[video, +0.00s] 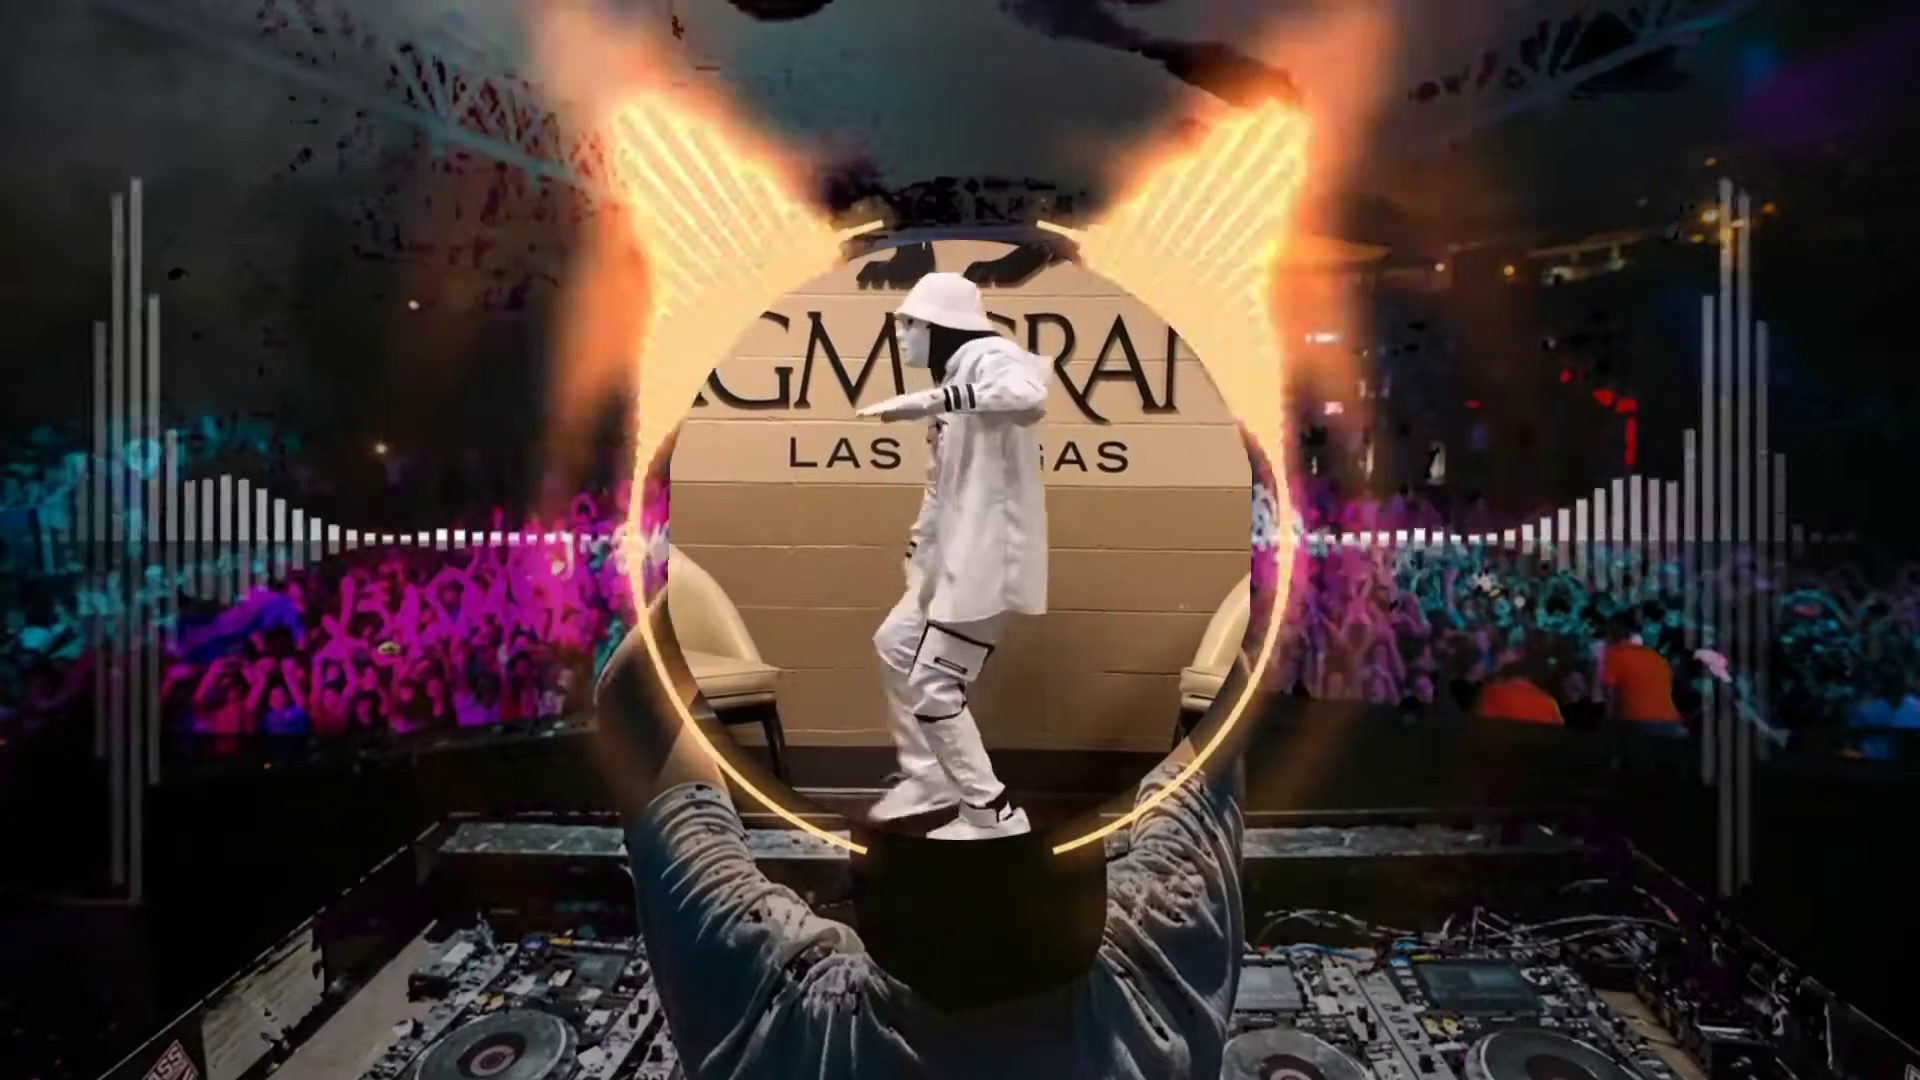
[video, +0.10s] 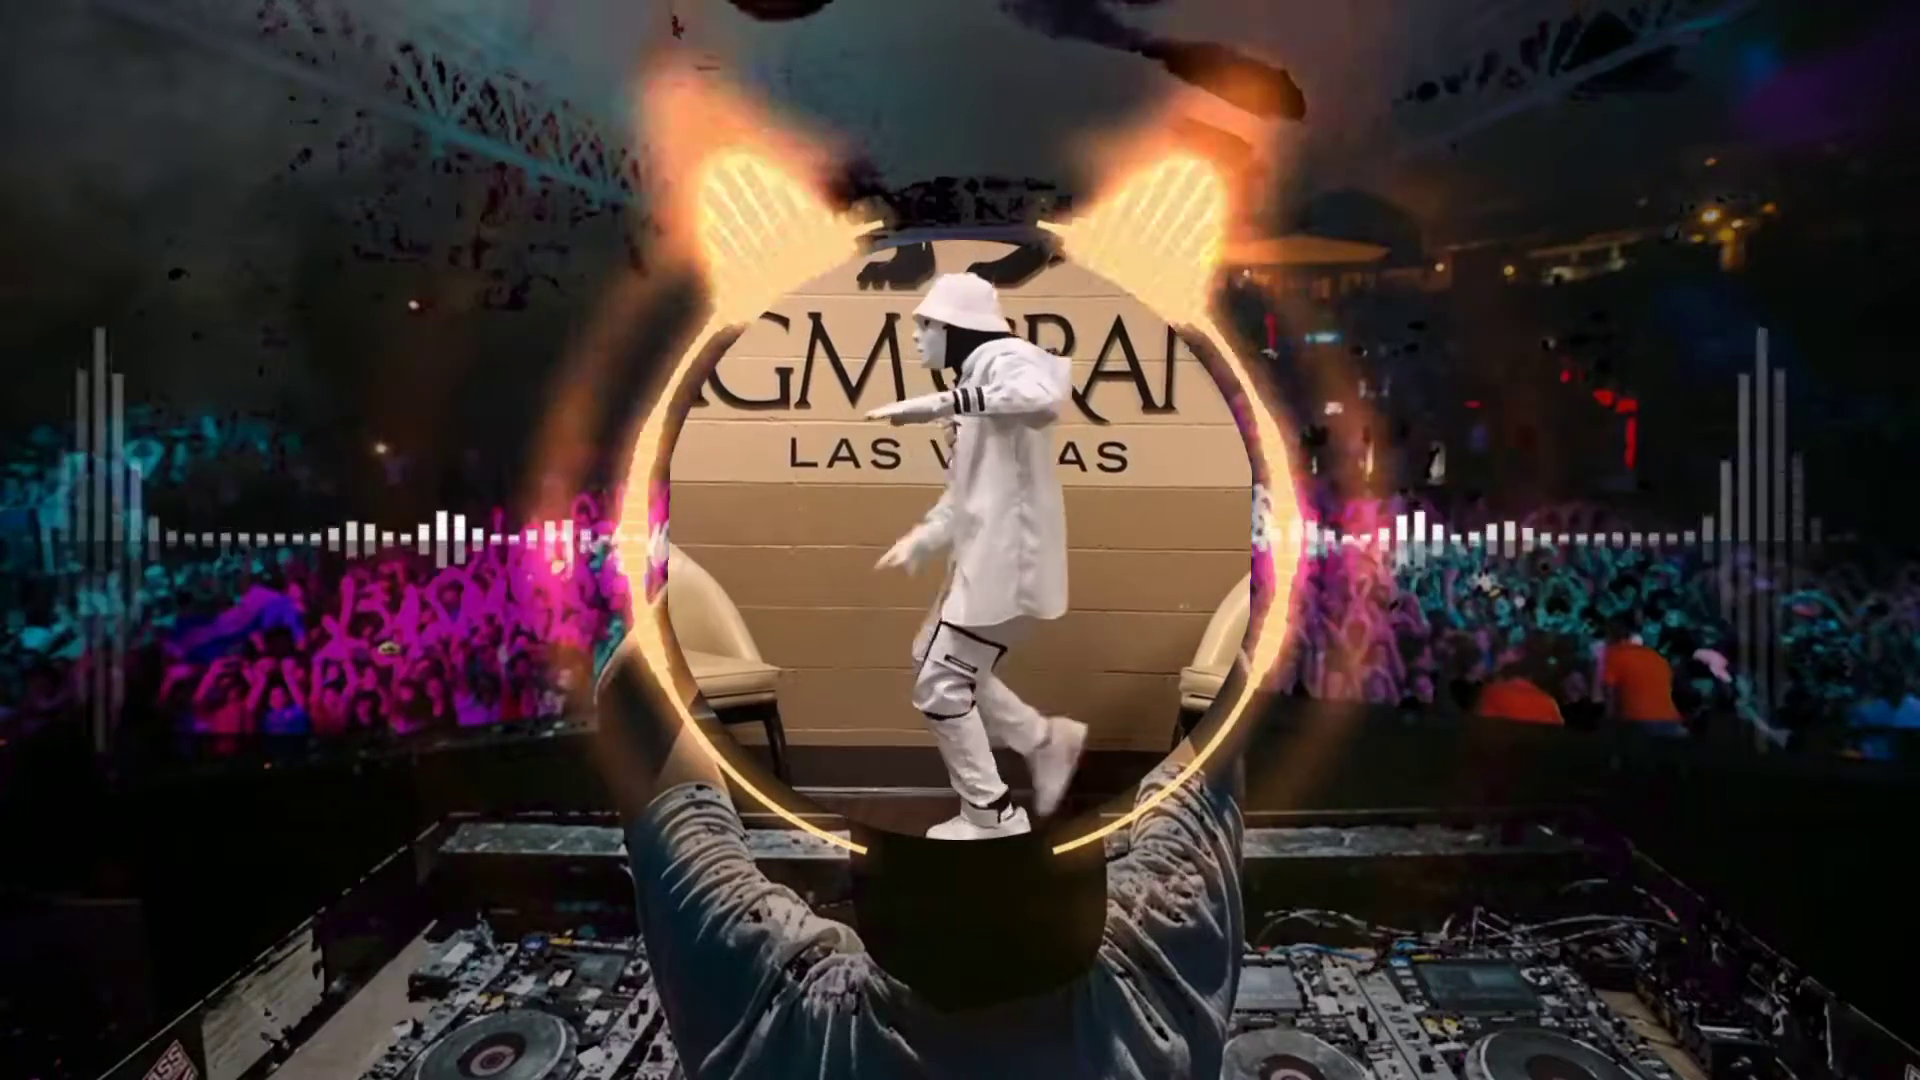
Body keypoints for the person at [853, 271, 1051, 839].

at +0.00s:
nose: (905, 337)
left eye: (913, 326)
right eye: (906, 326)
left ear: (940, 327)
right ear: (946, 326)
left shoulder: (988, 355)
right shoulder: (957, 375)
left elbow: (1027, 394)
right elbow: (950, 485)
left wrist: (941, 400)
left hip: (987, 563)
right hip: (956, 561)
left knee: (931, 688)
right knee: (895, 645)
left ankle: (990, 811)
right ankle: (929, 781)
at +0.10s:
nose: (919, 338)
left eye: (926, 327)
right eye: (920, 327)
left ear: (955, 328)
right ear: (960, 326)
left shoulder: (1002, 355)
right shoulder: (977, 383)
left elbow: (1043, 396)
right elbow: (971, 491)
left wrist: (953, 402)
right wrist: (927, 537)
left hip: (1007, 565)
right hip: (985, 563)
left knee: (945, 687)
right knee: (931, 658)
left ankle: (988, 810)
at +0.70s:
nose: (964, 346)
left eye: (973, 336)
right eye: (965, 335)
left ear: (1005, 341)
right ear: (1011, 340)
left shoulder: (1055, 402)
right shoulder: (1027, 396)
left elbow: (1105, 494)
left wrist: (1032, 525)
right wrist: (1006, 512)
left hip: (1034, 588)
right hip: (1047, 588)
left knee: (957, 693)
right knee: (1010, 702)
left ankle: (986, 814)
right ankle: (1093, 801)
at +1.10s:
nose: (1024, 361)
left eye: (1037, 350)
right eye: (1022, 350)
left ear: (1072, 356)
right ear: (1021, 356)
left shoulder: (1125, 410)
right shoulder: (1020, 424)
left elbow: (1129, 474)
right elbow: (992, 516)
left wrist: (1039, 477)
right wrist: (1025, 521)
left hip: (1136, 591)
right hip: (1064, 598)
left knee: (1152, 731)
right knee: (1013, 729)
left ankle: (1175, 848)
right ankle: (1110, 818)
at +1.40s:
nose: (1090, 426)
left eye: (1102, 413)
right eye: (1077, 414)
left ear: (1121, 420)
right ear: (1061, 423)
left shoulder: (1151, 467)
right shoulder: (1031, 477)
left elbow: (1155, 502)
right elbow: (1028, 539)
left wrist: (1067, 512)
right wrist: (1059, 558)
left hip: (1139, 644)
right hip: (1065, 665)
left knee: (1158, 681)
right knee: (1075, 818)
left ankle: (1164, 811)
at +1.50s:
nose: (1095, 482)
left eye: (1109, 469)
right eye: (1082, 470)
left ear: (1127, 477)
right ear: (1065, 477)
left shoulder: (1159, 522)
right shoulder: (1033, 532)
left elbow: (1156, 550)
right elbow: (1032, 587)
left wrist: (1066, 557)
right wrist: (1053, 622)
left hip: (1144, 706)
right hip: (1068, 724)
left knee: (1152, 702)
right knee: (1066, 864)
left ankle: (1154, 834)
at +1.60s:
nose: (1090, 497)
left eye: (1104, 484)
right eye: (1077, 485)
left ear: (1123, 492)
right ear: (1060, 493)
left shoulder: (1154, 536)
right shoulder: (1029, 548)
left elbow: (1152, 566)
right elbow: (1028, 609)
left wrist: (1064, 580)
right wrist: (1046, 647)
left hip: (1140, 733)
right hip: (1064, 749)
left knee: (1165, 707)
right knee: (1062, 877)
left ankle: (1159, 841)